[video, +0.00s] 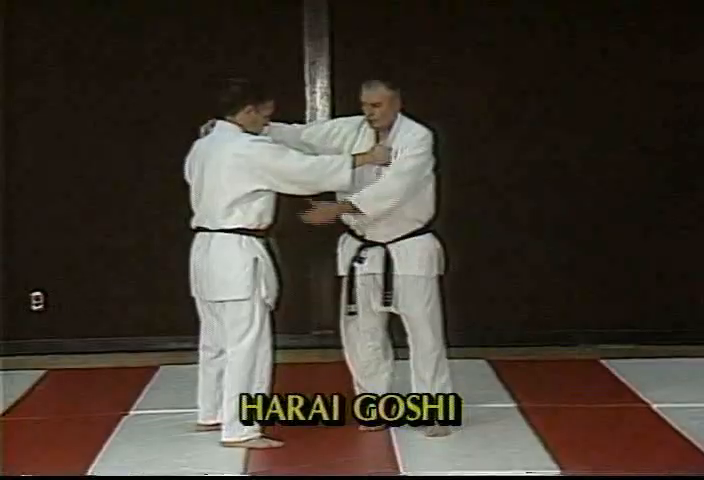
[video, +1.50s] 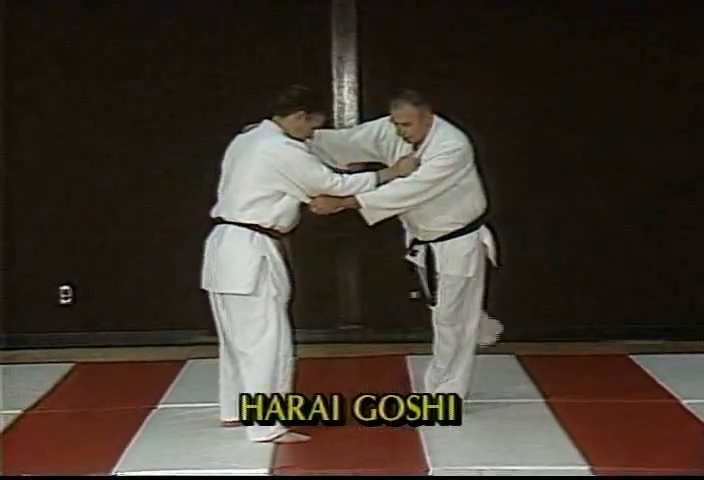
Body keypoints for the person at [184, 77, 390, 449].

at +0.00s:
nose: (269, 121)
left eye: (270, 114)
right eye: (266, 114)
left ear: (231, 113)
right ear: (248, 111)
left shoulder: (202, 147)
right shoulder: (252, 151)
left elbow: (190, 174)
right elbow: (304, 170)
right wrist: (366, 159)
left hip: (205, 247)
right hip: (239, 252)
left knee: (213, 341)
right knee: (247, 344)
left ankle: (211, 413)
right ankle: (240, 428)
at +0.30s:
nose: (277, 124)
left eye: (278, 117)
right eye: (275, 116)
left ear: (240, 113)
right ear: (259, 113)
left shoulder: (207, 144)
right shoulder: (255, 151)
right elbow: (311, 169)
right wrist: (365, 155)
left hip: (202, 248)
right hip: (236, 252)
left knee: (213, 341)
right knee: (247, 342)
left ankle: (212, 412)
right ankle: (242, 429)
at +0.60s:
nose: (292, 135)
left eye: (295, 129)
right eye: (291, 127)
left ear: (264, 117)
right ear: (275, 118)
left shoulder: (223, 140)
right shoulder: (265, 151)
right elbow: (319, 167)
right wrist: (374, 156)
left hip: (201, 246)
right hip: (233, 251)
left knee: (213, 341)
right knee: (246, 342)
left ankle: (212, 411)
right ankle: (249, 429)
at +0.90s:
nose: (303, 136)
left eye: (306, 130)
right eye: (302, 128)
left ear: (274, 117)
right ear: (287, 119)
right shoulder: (276, 152)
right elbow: (329, 172)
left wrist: (309, 193)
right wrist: (384, 162)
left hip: (207, 246)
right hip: (238, 252)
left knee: (221, 340)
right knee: (252, 341)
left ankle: (220, 411)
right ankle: (255, 427)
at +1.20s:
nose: (310, 134)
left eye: (313, 128)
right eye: (310, 126)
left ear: (282, 115)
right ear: (297, 118)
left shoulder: (242, 139)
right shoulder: (280, 152)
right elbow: (330, 184)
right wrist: (387, 173)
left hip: (215, 243)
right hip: (244, 250)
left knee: (227, 336)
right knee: (258, 339)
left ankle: (224, 408)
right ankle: (260, 426)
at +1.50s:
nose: (313, 134)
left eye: (316, 127)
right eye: (313, 126)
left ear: (285, 115)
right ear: (297, 117)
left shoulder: (244, 139)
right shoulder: (282, 150)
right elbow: (331, 185)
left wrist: (336, 169)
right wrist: (388, 175)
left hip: (221, 244)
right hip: (251, 250)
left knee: (235, 338)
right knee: (266, 340)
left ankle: (233, 411)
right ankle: (265, 425)